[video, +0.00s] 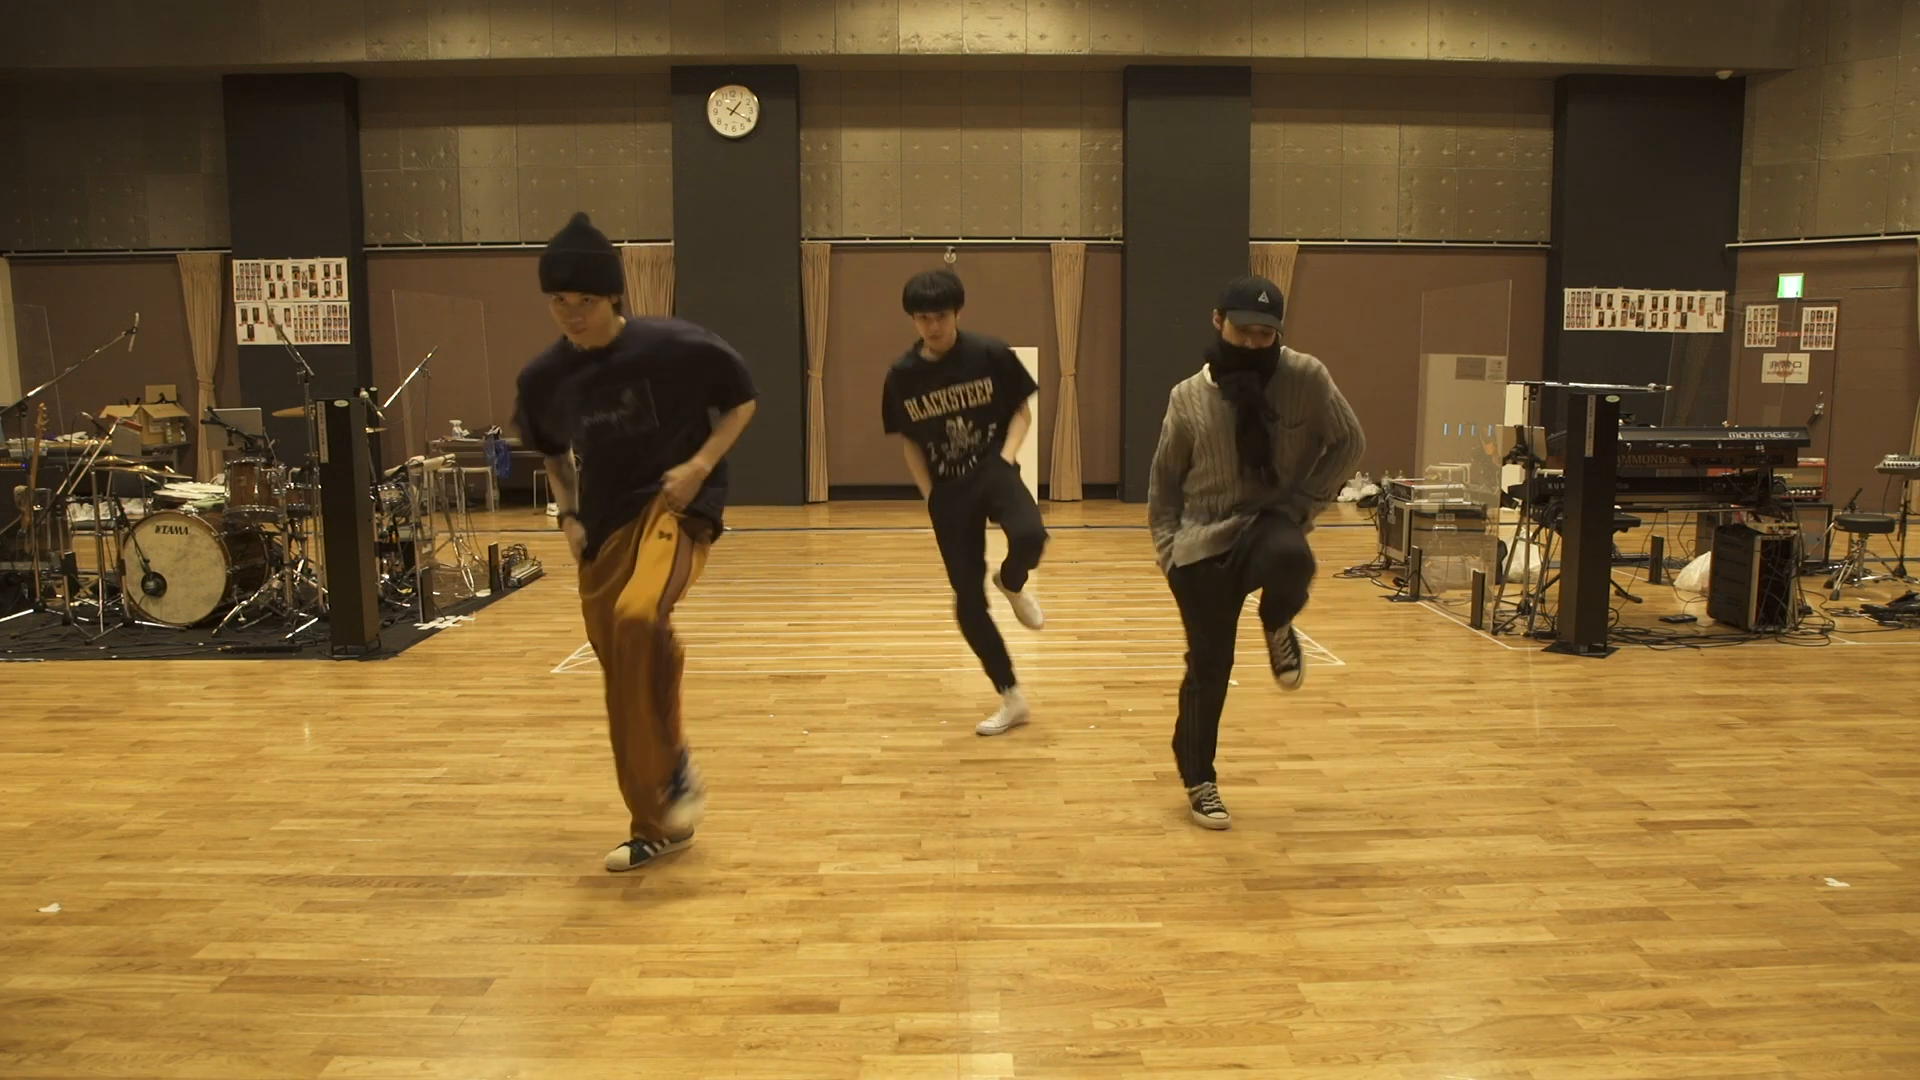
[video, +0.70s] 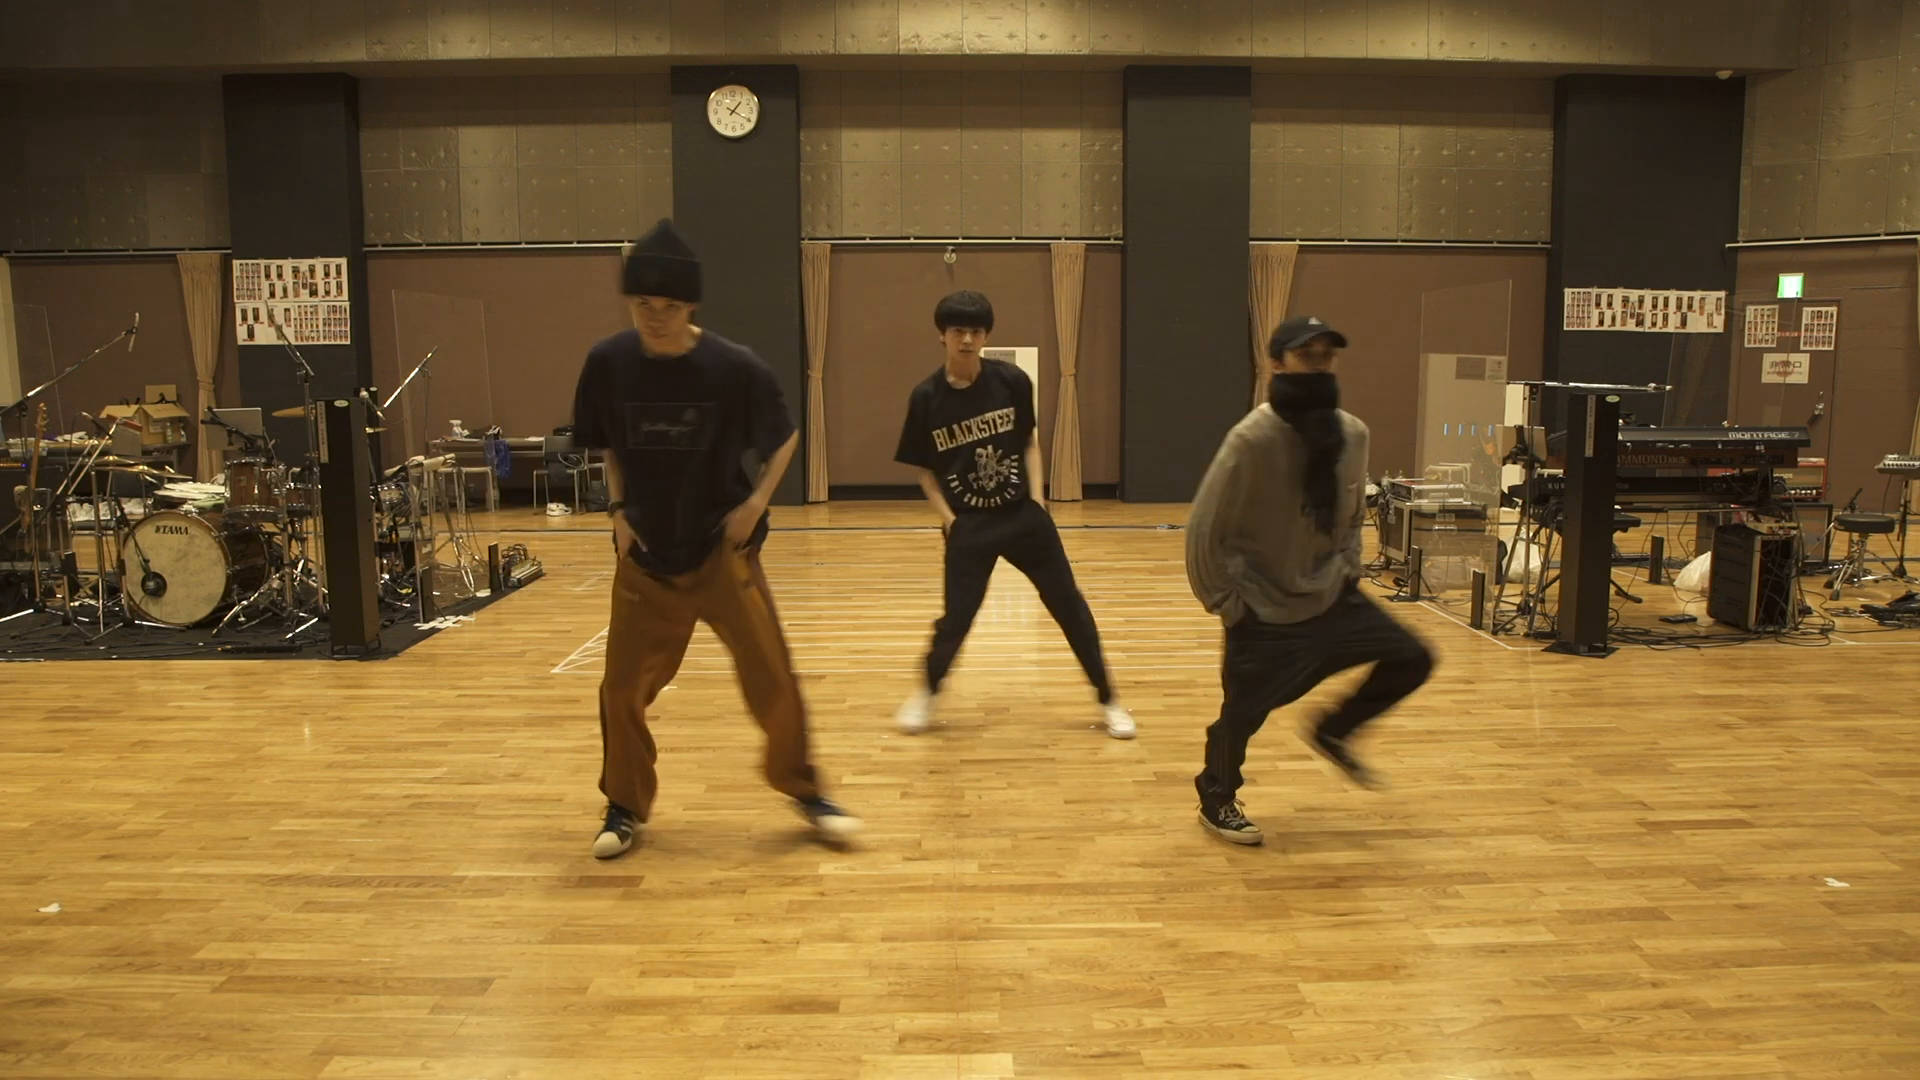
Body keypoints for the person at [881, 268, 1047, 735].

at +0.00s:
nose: (933, 327)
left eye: (941, 317)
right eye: (924, 319)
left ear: (958, 314)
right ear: (913, 320)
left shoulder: (991, 354)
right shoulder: (902, 376)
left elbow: (1021, 411)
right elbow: (909, 440)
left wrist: (1007, 457)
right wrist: (929, 492)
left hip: (996, 472)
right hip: (947, 490)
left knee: (1032, 536)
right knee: (968, 600)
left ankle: (1010, 584)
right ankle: (1011, 696)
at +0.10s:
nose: (940, 341)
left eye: (948, 331)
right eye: (931, 332)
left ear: (964, 328)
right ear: (920, 331)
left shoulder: (992, 370)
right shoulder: (906, 385)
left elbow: (1012, 430)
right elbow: (901, 455)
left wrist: (1012, 486)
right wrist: (926, 510)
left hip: (999, 500)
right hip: (946, 514)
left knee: (1035, 580)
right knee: (975, 612)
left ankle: (991, 596)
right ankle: (1014, 702)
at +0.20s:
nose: (946, 337)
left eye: (954, 328)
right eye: (937, 328)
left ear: (967, 325)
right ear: (923, 328)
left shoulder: (993, 365)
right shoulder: (906, 379)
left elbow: (1009, 429)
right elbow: (900, 446)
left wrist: (1012, 488)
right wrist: (922, 498)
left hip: (997, 502)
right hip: (943, 508)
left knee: (1002, 603)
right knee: (962, 610)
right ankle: (1008, 695)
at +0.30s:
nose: (948, 335)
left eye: (956, 326)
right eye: (939, 327)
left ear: (968, 328)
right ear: (924, 330)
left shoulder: (996, 374)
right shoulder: (907, 383)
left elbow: (1007, 439)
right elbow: (898, 449)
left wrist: (1003, 501)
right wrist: (924, 501)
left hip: (987, 513)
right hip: (937, 513)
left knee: (965, 602)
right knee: (938, 601)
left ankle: (936, 672)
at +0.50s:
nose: (952, 345)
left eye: (960, 336)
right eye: (943, 336)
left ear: (971, 341)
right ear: (928, 342)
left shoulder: (990, 390)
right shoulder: (910, 405)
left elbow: (1000, 455)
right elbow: (895, 476)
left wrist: (1007, 515)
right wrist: (922, 530)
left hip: (991, 530)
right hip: (939, 534)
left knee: (1023, 618)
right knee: (915, 632)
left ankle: (964, 659)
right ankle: (882, 703)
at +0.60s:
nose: (958, 343)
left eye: (966, 334)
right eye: (949, 334)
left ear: (977, 340)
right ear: (933, 339)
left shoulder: (998, 386)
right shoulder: (914, 402)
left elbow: (1011, 449)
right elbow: (905, 471)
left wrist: (1021, 507)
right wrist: (931, 526)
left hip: (1007, 522)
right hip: (954, 532)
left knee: (1060, 601)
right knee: (929, 624)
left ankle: (1027, 672)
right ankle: (885, 701)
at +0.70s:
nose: (966, 340)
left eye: (974, 332)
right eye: (957, 331)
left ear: (986, 337)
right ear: (941, 337)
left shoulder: (1013, 381)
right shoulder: (926, 398)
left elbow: (1029, 442)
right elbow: (924, 468)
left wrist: (1036, 499)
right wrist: (949, 517)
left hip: (1024, 517)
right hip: (970, 526)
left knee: (1069, 604)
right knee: (958, 619)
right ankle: (925, 694)